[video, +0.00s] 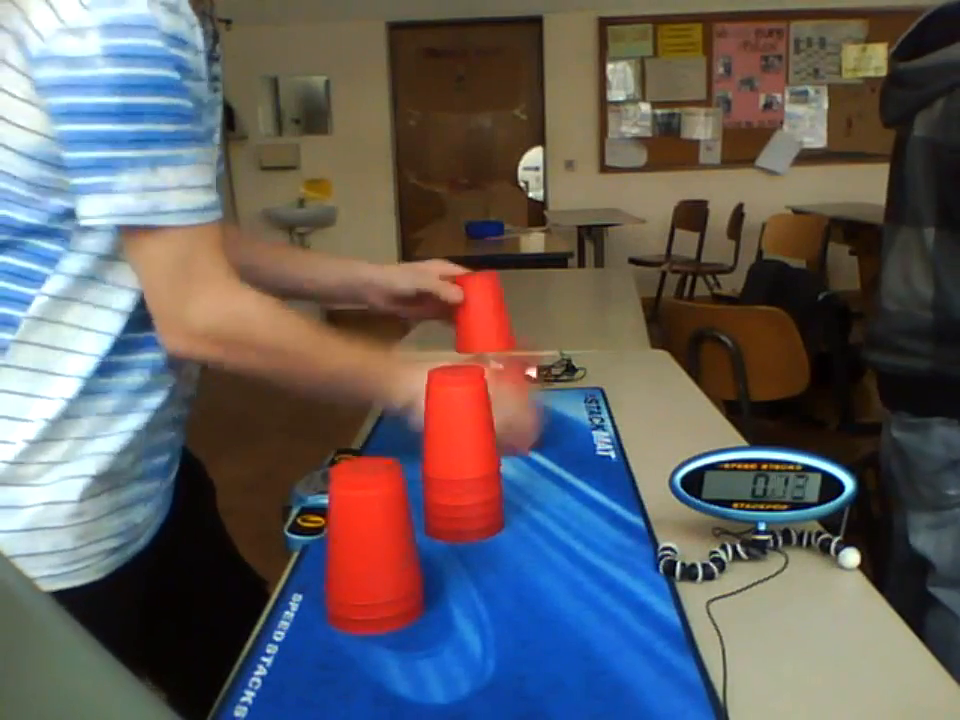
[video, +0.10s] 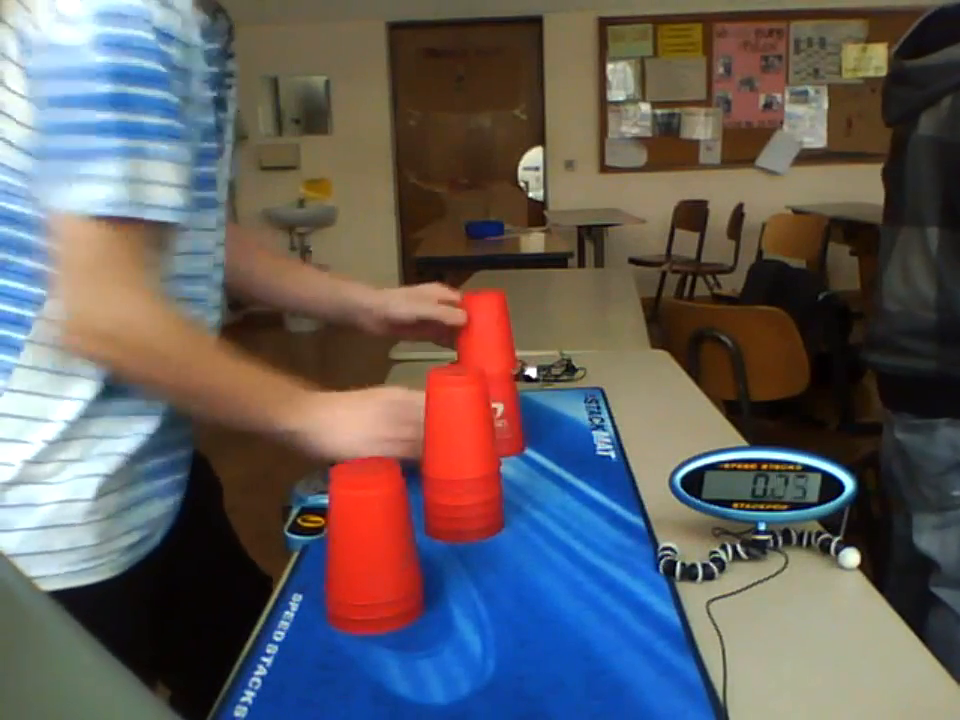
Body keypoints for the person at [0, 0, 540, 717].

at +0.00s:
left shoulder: (160, 22)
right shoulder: (119, 24)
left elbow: (198, 238)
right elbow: (195, 312)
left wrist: (375, 284)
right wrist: (412, 384)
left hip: (143, 480)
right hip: (63, 537)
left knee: (278, 679)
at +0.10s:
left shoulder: (198, 26)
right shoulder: (113, 25)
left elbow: (196, 235)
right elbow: (98, 310)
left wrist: (367, 306)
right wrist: (312, 411)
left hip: (159, 487)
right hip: (62, 536)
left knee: (273, 679)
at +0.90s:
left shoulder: (193, 46)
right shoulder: (37, 23)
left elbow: (181, 286)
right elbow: (6, 329)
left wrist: (329, 423)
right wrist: (211, 477)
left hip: (154, 513)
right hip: (46, 555)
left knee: (279, 687)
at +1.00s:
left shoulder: (192, 48)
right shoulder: (37, 23)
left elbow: (182, 287)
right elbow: (7, 327)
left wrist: (329, 423)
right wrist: (212, 479)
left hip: (151, 513)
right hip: (43, 557)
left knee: (278, 685)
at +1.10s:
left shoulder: (192, 51)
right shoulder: (39, 24)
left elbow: (181, 287)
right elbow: (10, 326)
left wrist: (329, 423)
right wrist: (211, 479)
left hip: (149, 512)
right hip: (43, 555)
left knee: (277, 685)